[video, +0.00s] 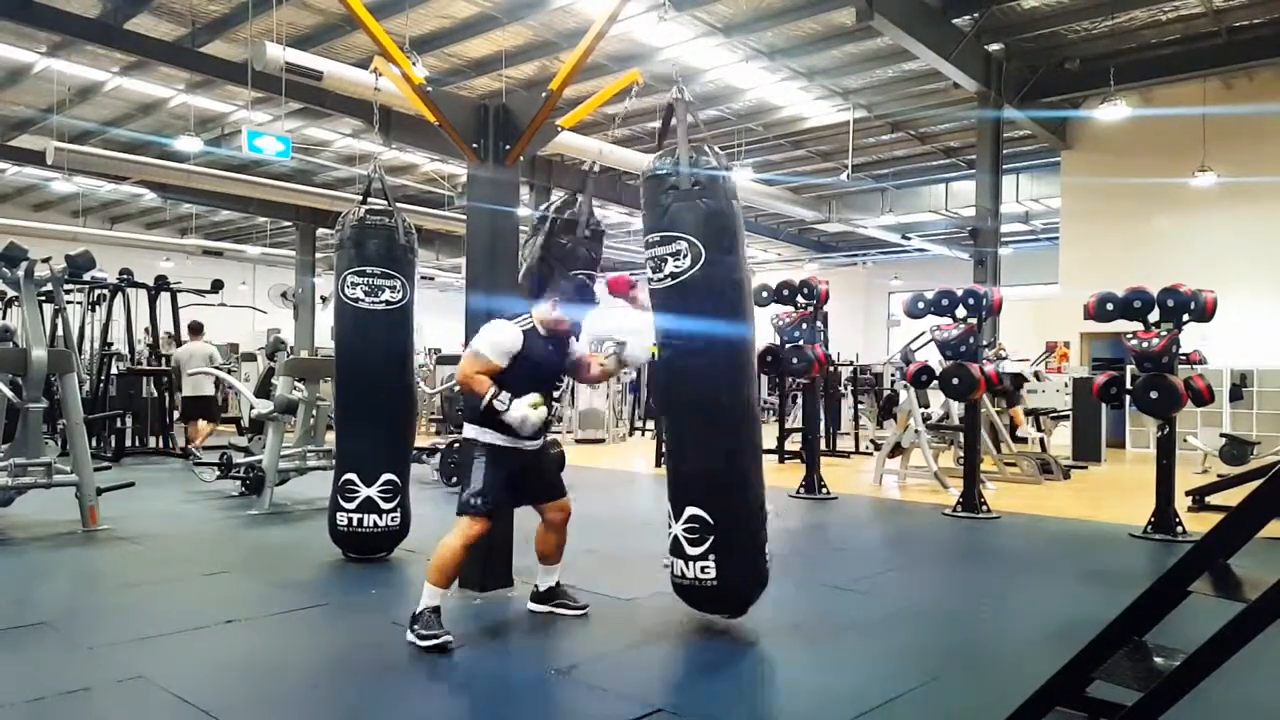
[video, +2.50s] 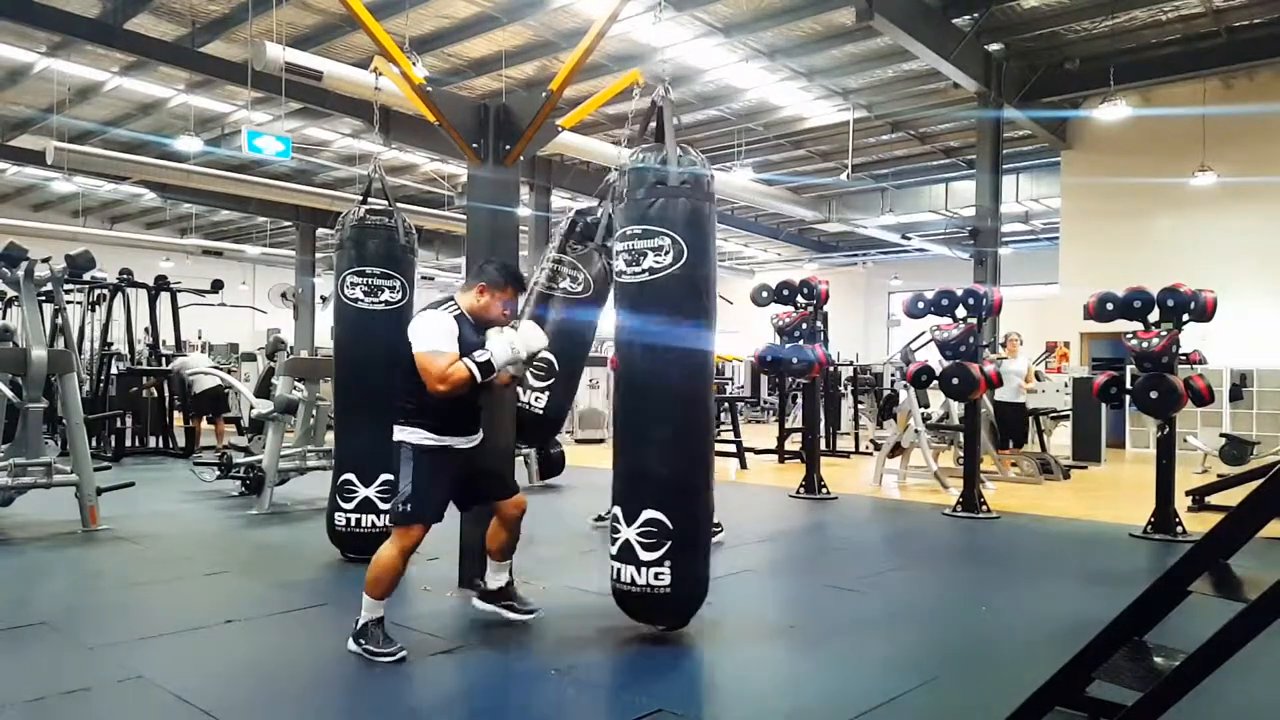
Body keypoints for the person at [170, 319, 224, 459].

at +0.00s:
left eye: (191, 332)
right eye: (201, 333)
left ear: (188, 333)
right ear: (203, 333)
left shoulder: (179, 352)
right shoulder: (210, 349)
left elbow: (175, 373)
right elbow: (219, 369)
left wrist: (178, 389)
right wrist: (219, 386)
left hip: (188, 392)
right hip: (206, 392)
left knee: (191, 423)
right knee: (212, 421)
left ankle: (194, 450)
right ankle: (196, 444)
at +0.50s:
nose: (210, 337)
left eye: (209, 334)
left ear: (209, 335)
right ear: (222, 335)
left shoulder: (199, 351)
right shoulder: (229, 351)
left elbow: (193, 369)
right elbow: (236, 370)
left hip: (205, 392)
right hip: (224, 392)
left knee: (202, 421)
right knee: (226, 424)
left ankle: (199, 448)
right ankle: (224, 450)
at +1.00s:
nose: (214, 339)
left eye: (214, 337)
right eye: (217, 337)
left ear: (215, 337)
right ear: (227, 338)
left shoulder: (207, 351)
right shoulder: (235, 353)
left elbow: (201, 371)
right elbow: (240, 374)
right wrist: (237, 386)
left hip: (212, 392)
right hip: (229, 392)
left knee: (213, 422)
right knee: (229, 420)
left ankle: (217, 448)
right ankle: (225, 446)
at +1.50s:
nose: (207, 342)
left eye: (208, 340)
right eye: (208, 340)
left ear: (209, 340)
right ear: (220, 340)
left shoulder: (203, 352)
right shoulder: (230, 353)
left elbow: (193, 368)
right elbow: (237, 371)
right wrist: (236, 385)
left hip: (208, 391)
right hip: (227, 392)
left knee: (208, 421)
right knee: (224, 421)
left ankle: (216, 446)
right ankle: (222, 446)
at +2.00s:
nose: (186, 355)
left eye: (186, 353)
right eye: (186, 353)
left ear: (188, 351)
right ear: (197, 347)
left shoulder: (188, 357)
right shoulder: (212, 353)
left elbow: (176, 369)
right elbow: (222, 365)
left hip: (202, 389)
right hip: (219, 386)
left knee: (197, 420)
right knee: (220, 419)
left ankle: (197, 446)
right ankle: (219, 445)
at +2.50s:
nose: (171, 367)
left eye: (172, 365)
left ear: (175, 360)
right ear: (185, 356)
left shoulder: (176, 364)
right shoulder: (201, 356)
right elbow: (217, 367)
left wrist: (140, 388)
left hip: (200, 391)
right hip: (217, 387)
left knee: (196, 421)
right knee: (219, 419)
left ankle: (196, 447)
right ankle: (220, 446)